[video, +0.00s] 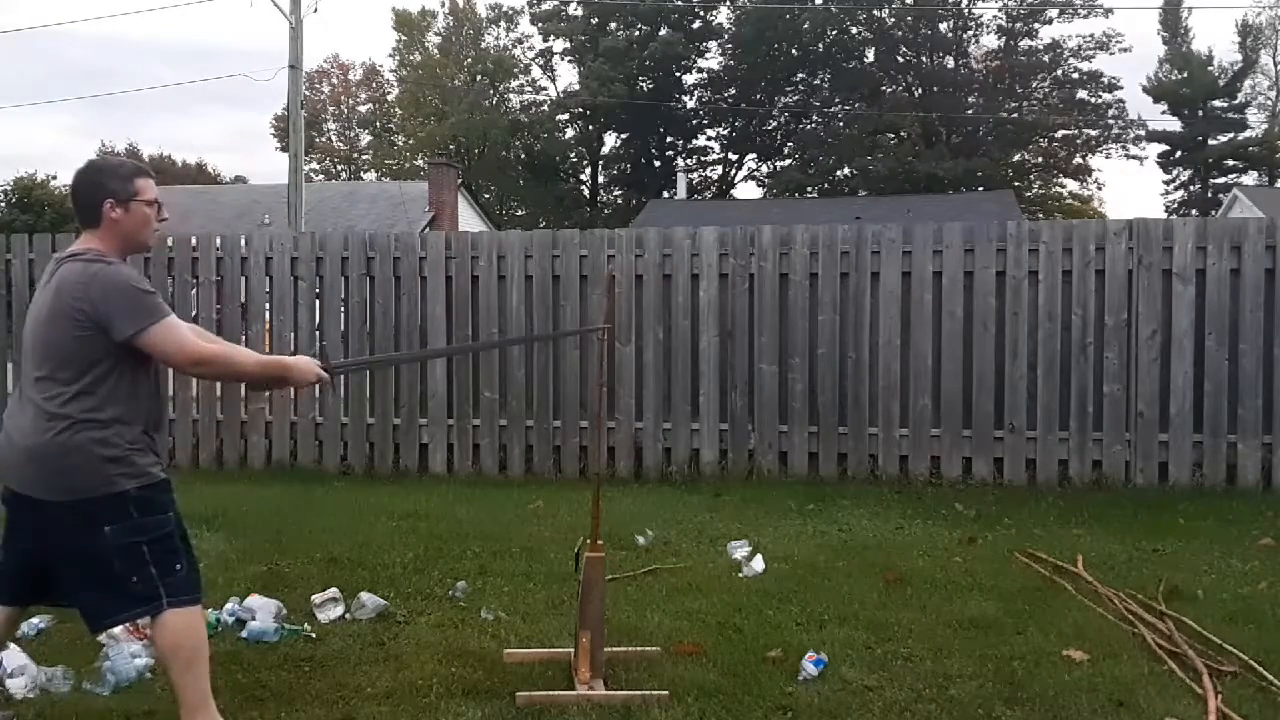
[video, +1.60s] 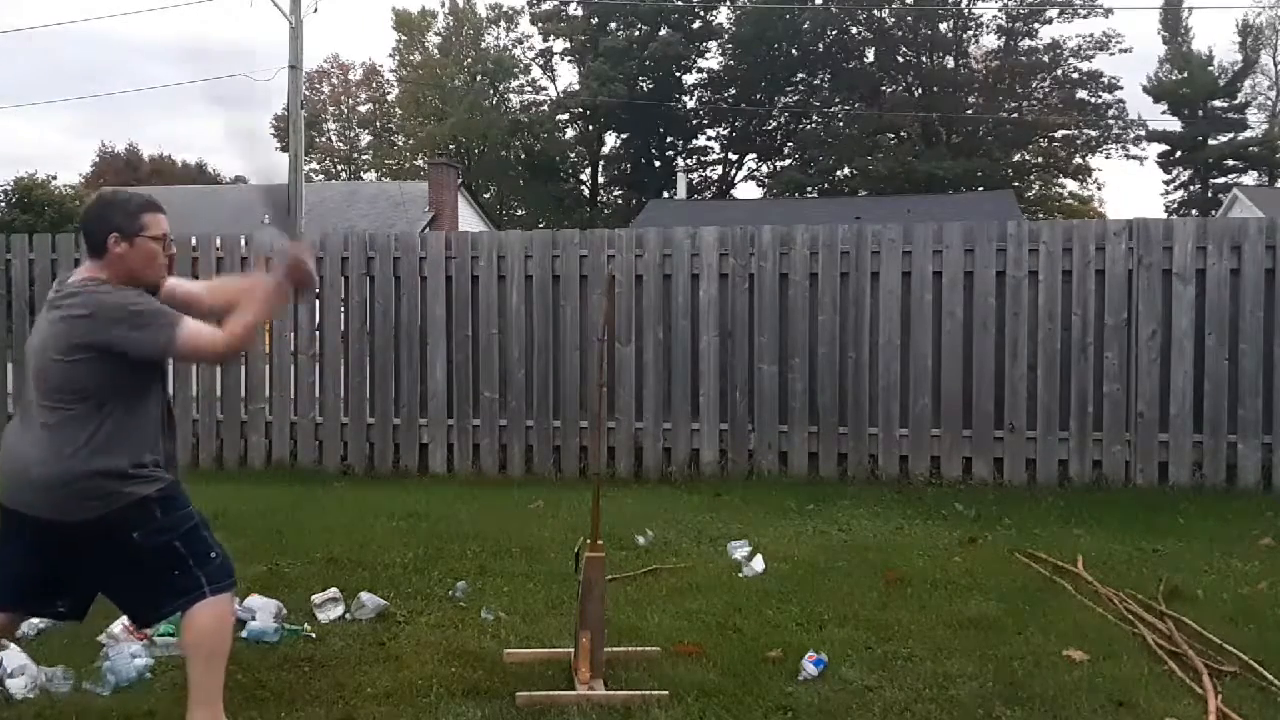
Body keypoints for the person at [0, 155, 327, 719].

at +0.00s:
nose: (161, 217)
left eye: (159, 205)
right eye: (152, 205)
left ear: (109, 212)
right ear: (113, 210)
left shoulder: (67, 271)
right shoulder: (109, 280)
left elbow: (182, 334)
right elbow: (188, 353)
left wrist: (257, 362)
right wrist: (284, 367)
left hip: (29, 466)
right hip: (104, 468)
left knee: (12, 594)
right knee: (176, 595)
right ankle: (201, 712)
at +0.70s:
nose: (182, 254)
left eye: (181, 243)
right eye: (172, 244)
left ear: (132, 251)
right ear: (134, 250)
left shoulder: (104, 294)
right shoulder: (120, 309)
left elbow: (218, 303)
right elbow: (218, 337)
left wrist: (290, 287)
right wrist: (288, 283)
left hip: (22, 488)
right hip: (95, 491)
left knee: (11, 605)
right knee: (205, 584)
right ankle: (205, 713)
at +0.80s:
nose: (176, 254)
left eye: (174, 243)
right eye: (166, 243)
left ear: (126, 250)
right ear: (128, 249)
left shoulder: (86, 294)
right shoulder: (110, 301)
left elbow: (201, 281)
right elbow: (213, 302)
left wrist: (267, 242)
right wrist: (258, 226)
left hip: (23, 485)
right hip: (96, 488)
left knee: (8, 609)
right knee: (204, 585)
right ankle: (205, 712)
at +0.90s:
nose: (171, 252)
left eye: (170, 240)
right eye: (160, 242)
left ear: (119, 247)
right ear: (121, 245)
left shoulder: (90, 295)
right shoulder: (94, 297)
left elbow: (198, 273)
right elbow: (188, 271)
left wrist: (235, 208)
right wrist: (210, 186)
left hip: (34, 487)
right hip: (99, 487)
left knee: (11, 611)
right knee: (204, 583)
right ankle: (205, 713)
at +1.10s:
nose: (159, 252)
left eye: (157, 242)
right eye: (148, 242)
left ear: (115, 245)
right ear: (113, 245)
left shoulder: (127, 299)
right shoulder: (68, 300)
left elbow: (192, 235)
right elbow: (132, 247)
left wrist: (177, 172)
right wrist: (129, 154)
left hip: (47, 485)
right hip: (93, 482)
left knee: (17, 613)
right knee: (204, 583)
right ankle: (205, 712)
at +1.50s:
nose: (164, 257)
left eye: (163, 246)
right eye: (154, 245)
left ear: (113, 254)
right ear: (112, 252)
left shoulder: (109, 300)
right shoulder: (82, 306)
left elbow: (198, 286)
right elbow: (188, 289)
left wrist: (205, 204)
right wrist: (175, 196)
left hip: (49, 492)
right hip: (110, 491)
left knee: (12, 614)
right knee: (217, 584)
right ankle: (207, 713)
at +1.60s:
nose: (170, 251)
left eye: (168, 239)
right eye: (159, 240)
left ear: (114, 247)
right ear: (117, 247)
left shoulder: (76, 289)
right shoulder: (115, 306)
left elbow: (200, 294)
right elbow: (225, 342)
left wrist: (277, 279)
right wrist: (269, 287)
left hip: (29, 486)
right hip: (112, 488)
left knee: (11, 604)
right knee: (210, 586)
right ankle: (207, 712)